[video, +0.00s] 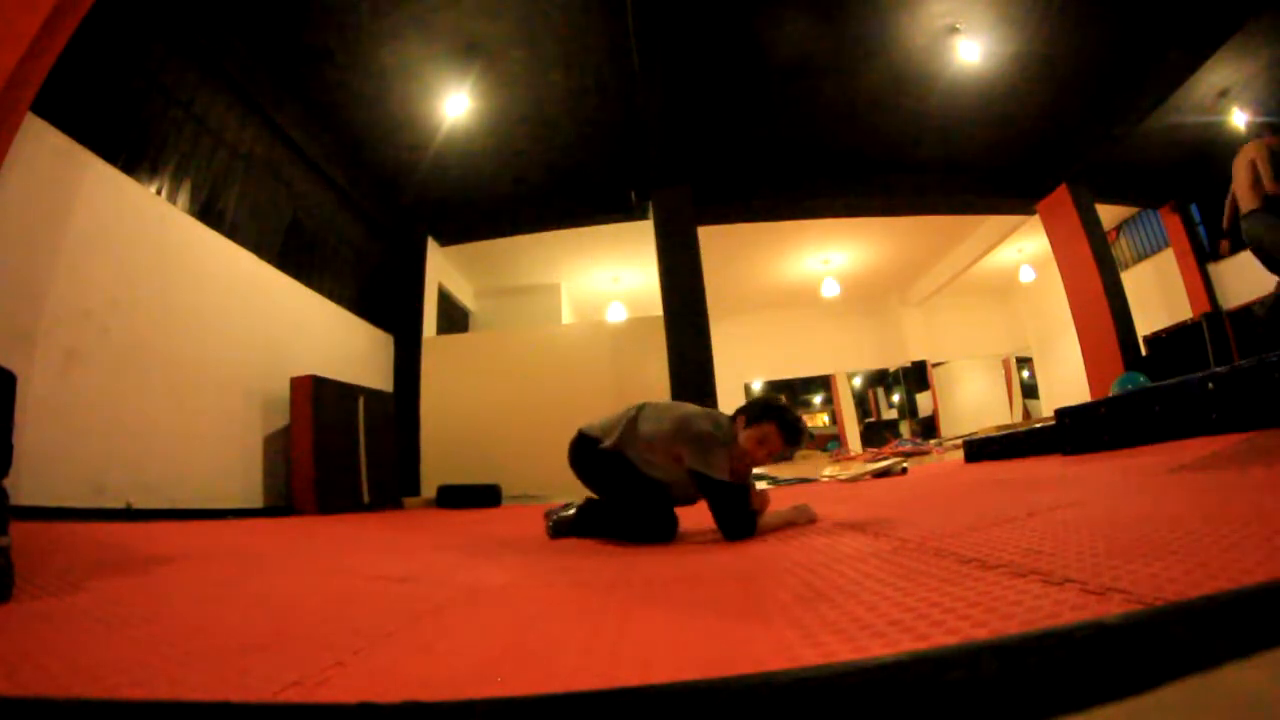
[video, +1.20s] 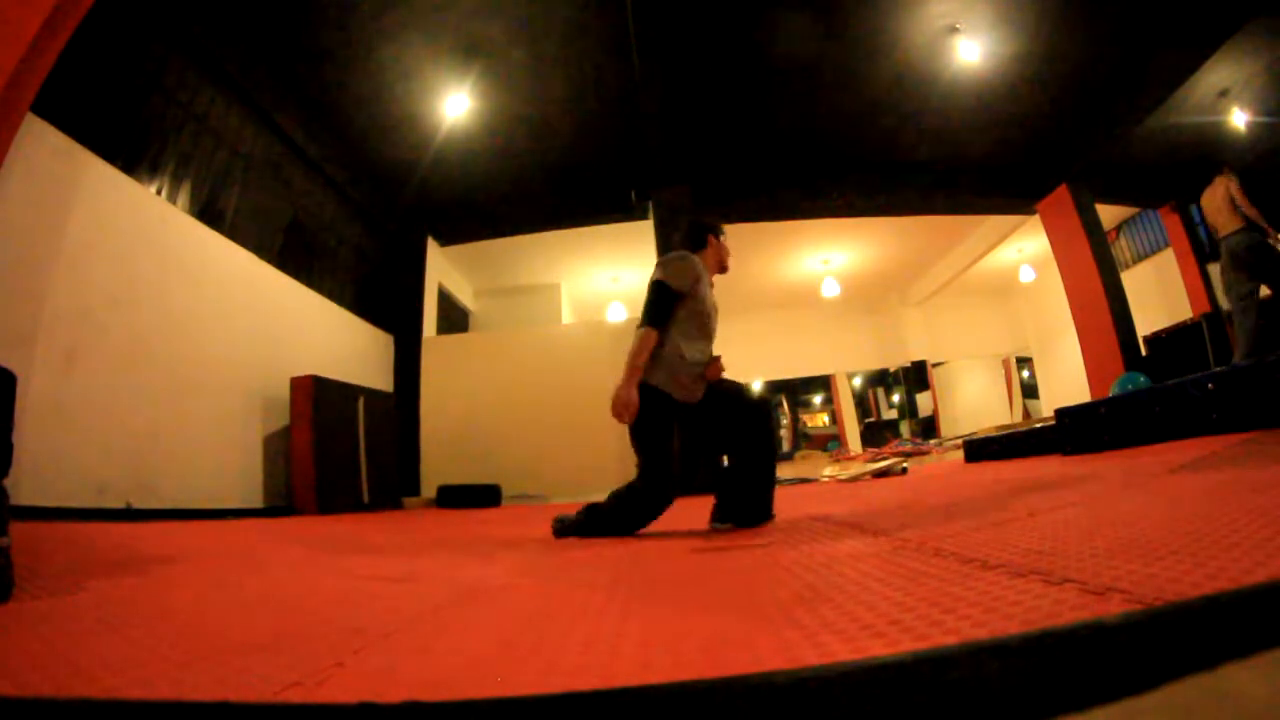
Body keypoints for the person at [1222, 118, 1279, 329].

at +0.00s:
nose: (1277, 142)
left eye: (1276, 138)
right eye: (1275, 138)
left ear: (1257, 134)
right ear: (1269, 135)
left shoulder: (1240, 156)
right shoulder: (1258, 147)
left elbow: (1232, 197)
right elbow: (1270, 186)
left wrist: (1226, 232)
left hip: (1246, 220)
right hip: (1261, 217)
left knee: (1275, 268)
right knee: (1278, 266)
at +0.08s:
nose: (1269, 148)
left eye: (1269, 145)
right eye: (1268, 144)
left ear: (1250, 138)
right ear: (1263, 140)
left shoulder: (1231, 165)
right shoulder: (1254, 150)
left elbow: (1225, 207)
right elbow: (1268, 188)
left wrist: (1226, 242)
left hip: (1243, 225)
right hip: (1261, 217)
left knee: (1273, 273)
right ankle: (1269, 309)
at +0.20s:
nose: (1252, 160)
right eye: (1252, 158)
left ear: (1233, 162)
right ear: (1249, 158)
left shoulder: (1223, 185)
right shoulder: (1254, 169)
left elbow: (1221, 227)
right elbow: (1272, 196)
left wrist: (1232, 257)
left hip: (1243, 239)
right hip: (1264, 229)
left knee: (1256, 284)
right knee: (1274, 286)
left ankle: (1260, 332)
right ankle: (1277, 333)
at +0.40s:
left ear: (1207, 175)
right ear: (1226, 168)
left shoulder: (1208, 197)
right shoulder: (1244, 180)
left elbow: (1212, 234)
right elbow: (1270, 201)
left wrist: (1217, 265)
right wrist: (1273, 228)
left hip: (1237, 243)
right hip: (1259, 234)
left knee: (1238, 299)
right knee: (1268, 296)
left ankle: (1241, 354)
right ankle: (1274, 348)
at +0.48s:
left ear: (1201, 173)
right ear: (1220, 166)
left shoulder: (1202, 194)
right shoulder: (1238, 178)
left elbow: (1205, 226)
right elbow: (1264, 200)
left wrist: (1205, 246)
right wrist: (1266, 226)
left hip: (1231, 238)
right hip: (1254, 231)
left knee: (1230, 300)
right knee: (1267, 292)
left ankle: (1236, 354)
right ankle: (1275, 347)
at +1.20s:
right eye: (1229, 168)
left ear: (1207, 175)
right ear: (1224, 168)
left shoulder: (1204, 198)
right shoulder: (1229, 181)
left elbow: (1213, 228)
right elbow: (1245, 207)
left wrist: (1226, 237)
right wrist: (1266, 226)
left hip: (1225, 242)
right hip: (1245, 234)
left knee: (1240, 297)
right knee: (1277, 276)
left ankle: (1244, 350)